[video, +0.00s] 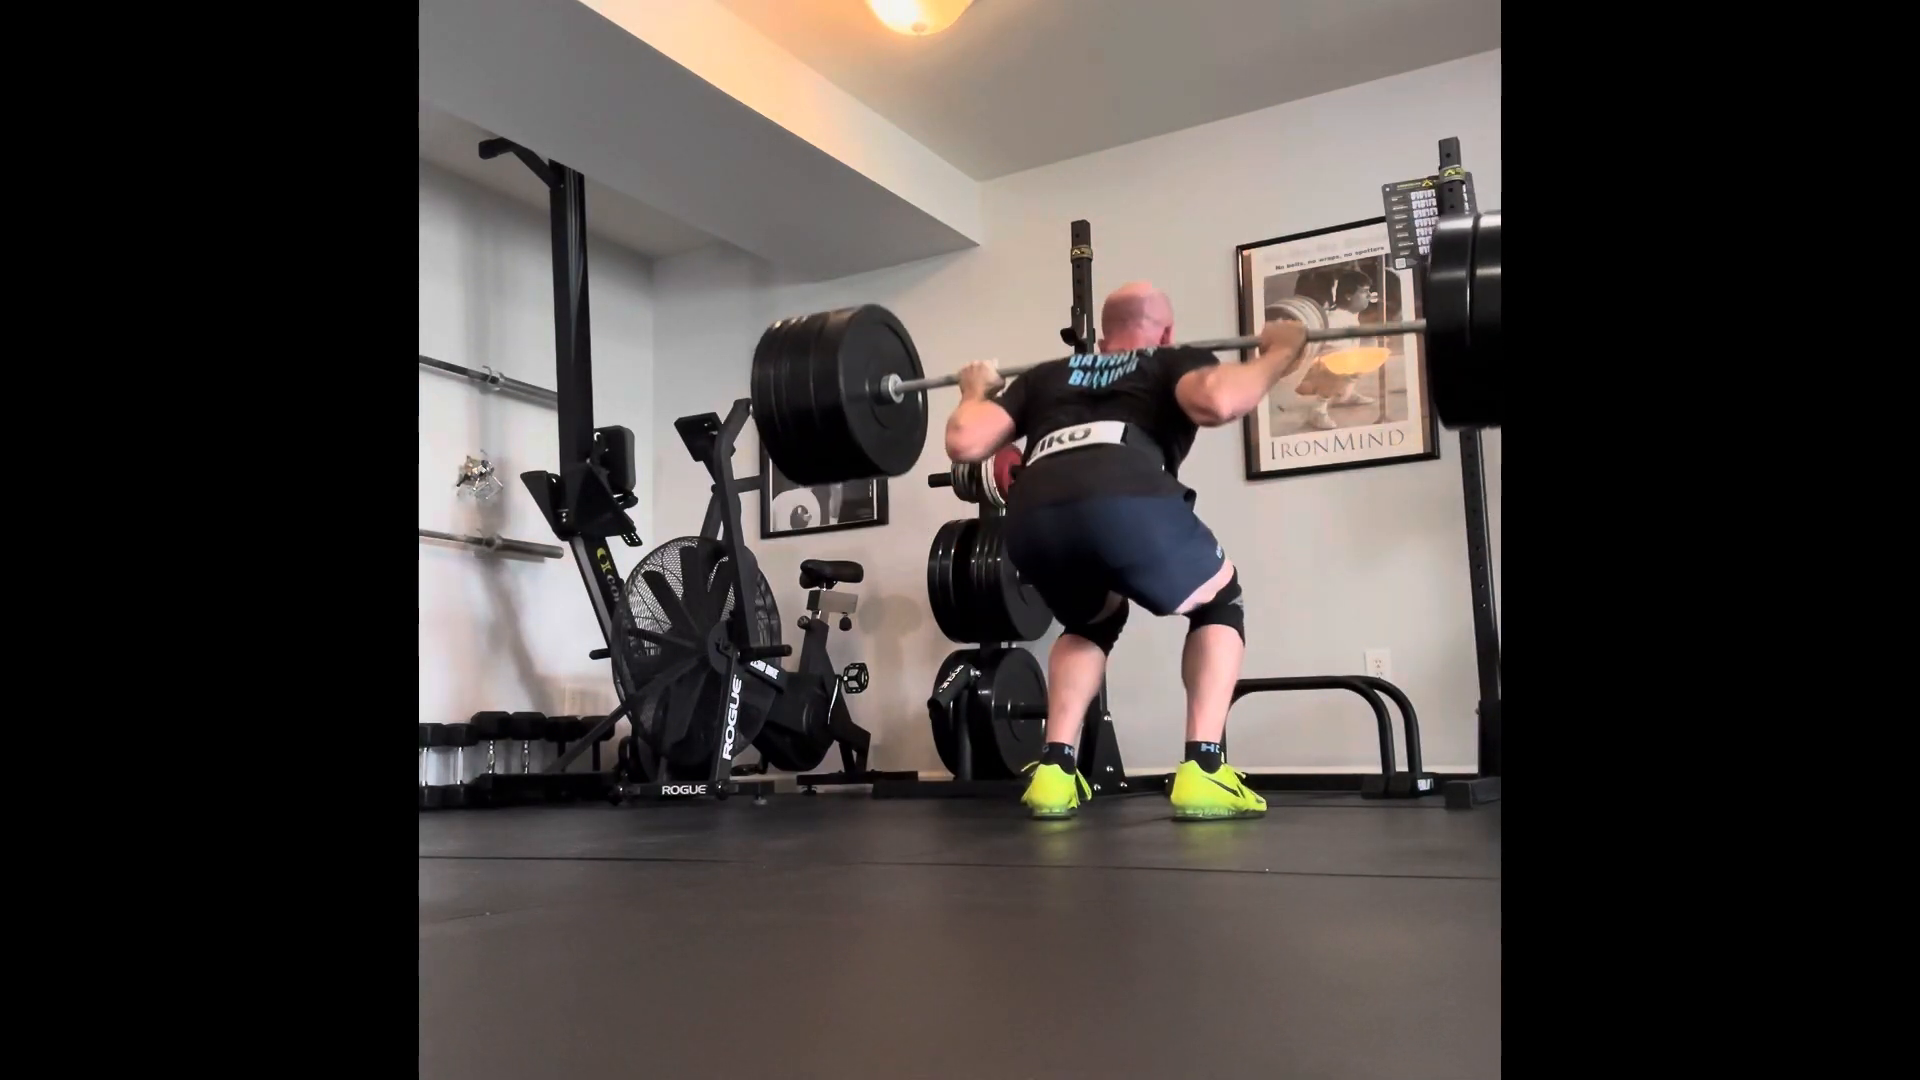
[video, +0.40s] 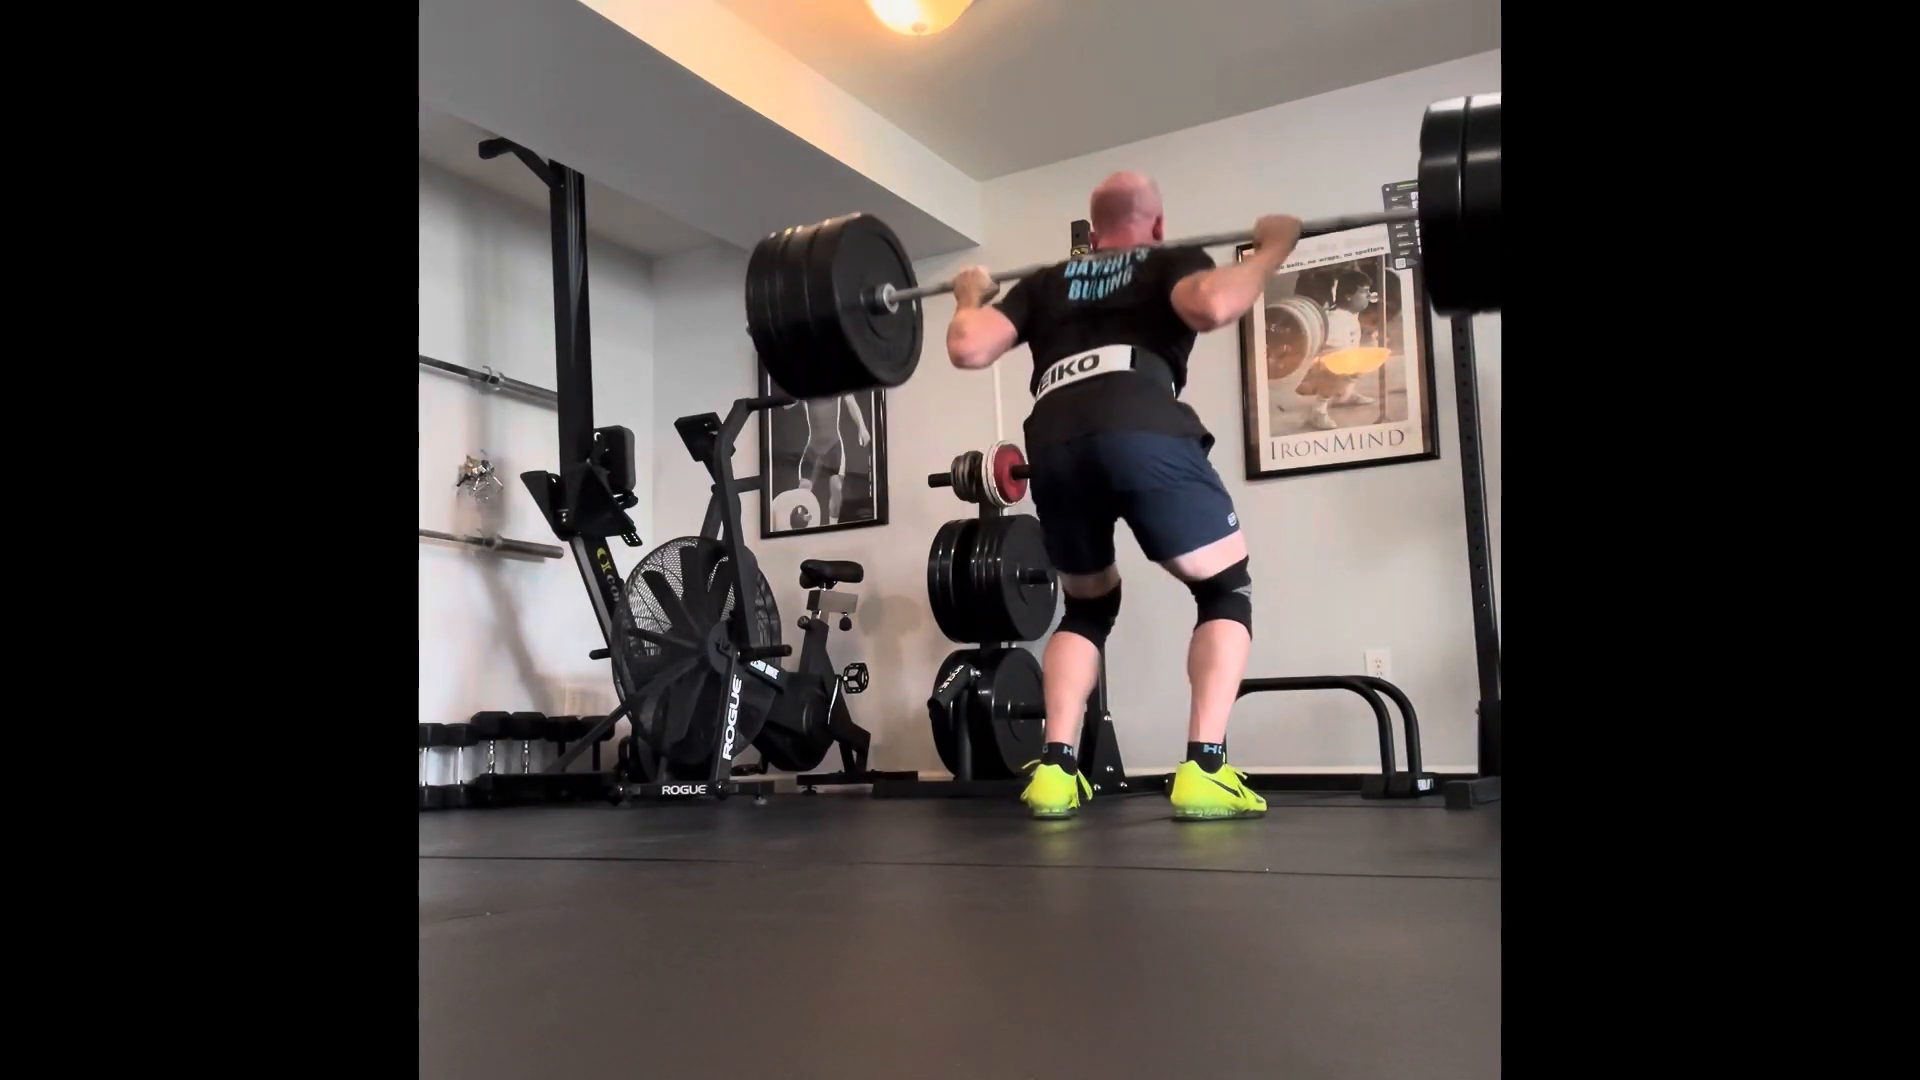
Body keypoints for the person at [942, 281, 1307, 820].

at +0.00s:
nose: (1169, 335)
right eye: (1168, 329)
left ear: (1100, 333)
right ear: (1163, 332)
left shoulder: (1045, 375)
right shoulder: (1173, 360)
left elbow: (963, 443)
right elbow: (1218, 401)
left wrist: (972, 393)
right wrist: (1279, 352)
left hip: (1032, 508)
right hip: (1126, 495)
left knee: (1094, 617)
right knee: (1218, 604)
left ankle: (1055, 770)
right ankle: (1203, 767)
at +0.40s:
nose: (1159, 228)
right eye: (1158, 220)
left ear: (1089, 227)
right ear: (1156, 225)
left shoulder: (1045, 282)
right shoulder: (1169, 259)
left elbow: (967, 349)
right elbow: (1213, 305)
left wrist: (967, 296)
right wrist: (1269, 249)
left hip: (1052, 438)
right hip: (1142, 424)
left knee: (1086, 604)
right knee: (1223, 593)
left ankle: (1056, 765)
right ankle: (1205, 766)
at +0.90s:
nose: (1143, 142)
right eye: (1150, 134)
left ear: (1086, 148)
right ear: (1155, 141)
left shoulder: (1050, 206)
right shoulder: (1173, 173)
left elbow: (979, 277)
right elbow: (1222, 220)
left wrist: (970, 225)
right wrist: (1273, 148)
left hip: (1077, 388)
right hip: (1164, 382)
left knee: (1061, 572)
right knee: (1176, 569)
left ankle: (1050, 764)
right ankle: (1198, 763)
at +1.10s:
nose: (1143, 141)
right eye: (1150, 132)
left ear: (1083, 143)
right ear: (1152, 135)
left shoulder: (1047, 200)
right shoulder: (1170, 164)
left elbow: (976, 271)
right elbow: (1228, 208)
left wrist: (970, 219)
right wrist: (1274, 136)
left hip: (1074, 386)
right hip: (1160, 379)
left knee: (1067, 569)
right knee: (1172, 568)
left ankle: (1053, 763)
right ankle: (1197, 763)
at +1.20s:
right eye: (1148, 135)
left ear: (1082, 146)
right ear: (1151, 137)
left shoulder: (1044, 202)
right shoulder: (1166, 166)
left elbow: (973, 270)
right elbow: (1223, 205)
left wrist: (968, 219)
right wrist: (1271, 138)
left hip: (1068, 388)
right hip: (1155, 382)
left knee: (1061, 573)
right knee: (1167, 571)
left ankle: (1052, 763)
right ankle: (1196, 763)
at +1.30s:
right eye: (1145, 135)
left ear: (1079, 146)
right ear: (1148, 138)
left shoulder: (1040, 202)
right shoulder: (1163, 168)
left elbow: (968, 270)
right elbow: (1219, 209)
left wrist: (964, 218)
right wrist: (1270, 142)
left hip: (1066, 388)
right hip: (1155, 382)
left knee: (1058, 576)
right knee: (1168, 573)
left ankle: (1050, 765)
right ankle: (1197, 764)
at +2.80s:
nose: (1147, 152)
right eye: (1152, 144)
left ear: (1087, 154)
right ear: (1154, 150)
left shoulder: (1046, 205)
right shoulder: (1165, 181)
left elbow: (969, 260)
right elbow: (1218, 218)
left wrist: (971, 214)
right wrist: (1272, 160)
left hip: (1062, 382)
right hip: (1149, 378)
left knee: (1056, 575)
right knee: (1172, 570)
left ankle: (1051, 763)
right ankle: (1196, 761)